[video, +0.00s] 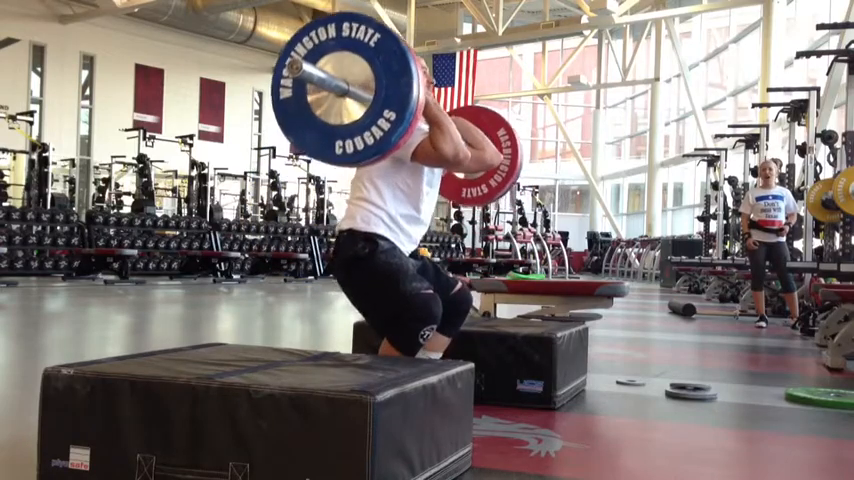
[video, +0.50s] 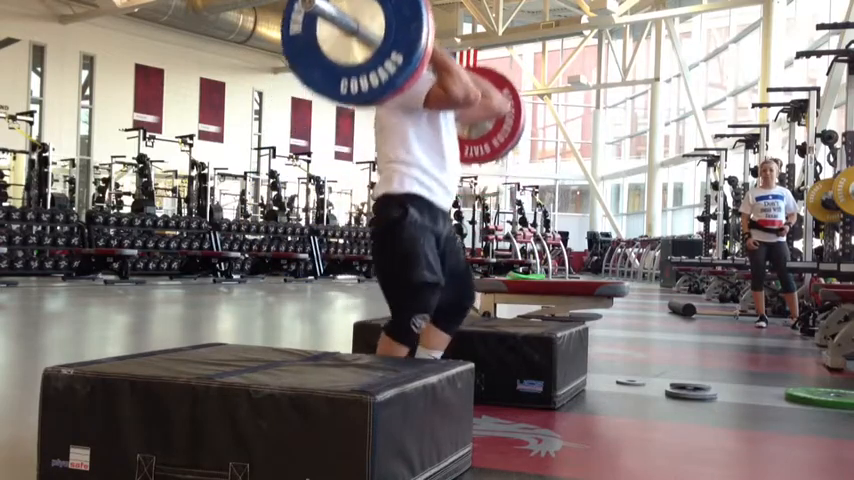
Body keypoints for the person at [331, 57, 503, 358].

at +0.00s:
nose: (424, 84)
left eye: (425, 77)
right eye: (415, 75)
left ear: (428, 86)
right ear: (398, 85)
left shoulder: (428, 136)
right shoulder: (392, 122)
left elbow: (491, 156)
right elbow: (452, 155)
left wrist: (444, 117)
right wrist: (427, 101)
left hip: (398, 250)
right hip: (364, 246)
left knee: (457, 300)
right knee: (418, 310)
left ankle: (413, 389)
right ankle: (375, 398)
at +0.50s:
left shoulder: (438, 92)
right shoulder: (398, 76)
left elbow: (498, 103)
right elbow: (460, 92)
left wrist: (454, 69)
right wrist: (430, 48)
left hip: (438, 214)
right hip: (403, 207)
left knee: (457, 297)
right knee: (415, 303)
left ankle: (418, 383)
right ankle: (378, 393)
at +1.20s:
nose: (430, 10)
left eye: (431, 5)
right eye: (424, 3)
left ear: (431, 12)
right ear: (404, 7)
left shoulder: (430, 59)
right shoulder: (388, 44)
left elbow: (451, 121)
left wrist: (470, 85)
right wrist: (434, 67)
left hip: (415, 193)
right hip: (378, 186)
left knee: (411, 296)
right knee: (378, 296)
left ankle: (412, 382)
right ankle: (370, 389)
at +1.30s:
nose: (430, 15)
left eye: (432, 10)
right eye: (426, 7)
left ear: (424, 12)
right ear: (407, 4)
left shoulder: (410, 47)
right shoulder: (371, 36)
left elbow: (403, 98)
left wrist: (439, 87)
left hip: (401, 188)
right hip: (367, 186)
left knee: (414, 276)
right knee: (371, 294)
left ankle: (391, 373)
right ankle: (370, 386)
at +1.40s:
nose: (415, 15)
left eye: (417, 9)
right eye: (408, 6)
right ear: (381, 7)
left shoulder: (399, 65)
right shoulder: (362, 52)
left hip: (396, 196)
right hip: (361, 194)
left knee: (403, 292)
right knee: (367, 299)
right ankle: (373, 386)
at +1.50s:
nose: (398, 24)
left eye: (402, 16)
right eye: (390, 14)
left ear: (403, 20)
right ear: (363, 13)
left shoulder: (381, 70)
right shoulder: (340, 58)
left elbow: (373, 136)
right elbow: (292, 113)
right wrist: (252, 160)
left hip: (375, 189)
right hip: (343, 186)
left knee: (370, 286)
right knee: (358, 291)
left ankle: (323, 365)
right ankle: (373, 384)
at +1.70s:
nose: (360, 26)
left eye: (366, 20)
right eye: (353, 17)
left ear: (370, 26)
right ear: (330, 15)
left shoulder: (356, 78)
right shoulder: (304, 59)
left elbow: (360, 145)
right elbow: (283, 125)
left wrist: (376, 196)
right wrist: (280, 189)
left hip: (350, 196)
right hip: (311, 193)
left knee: (339, 290)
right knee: (326, 291)